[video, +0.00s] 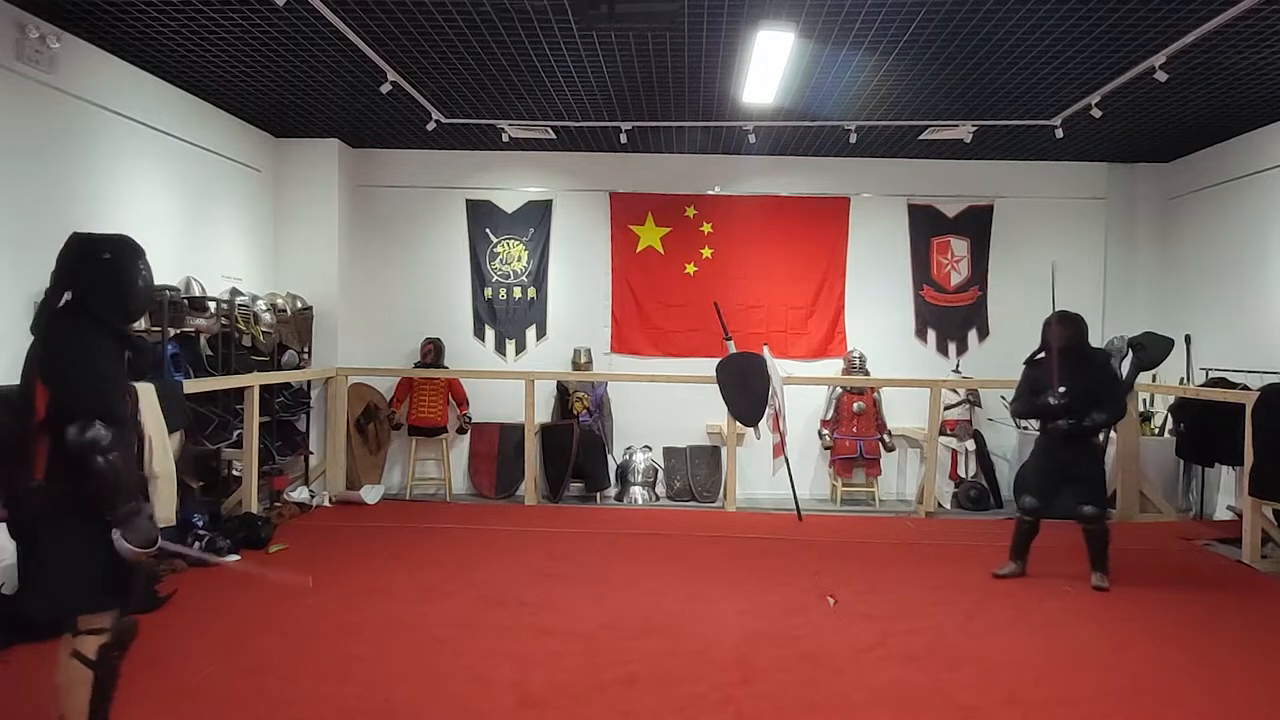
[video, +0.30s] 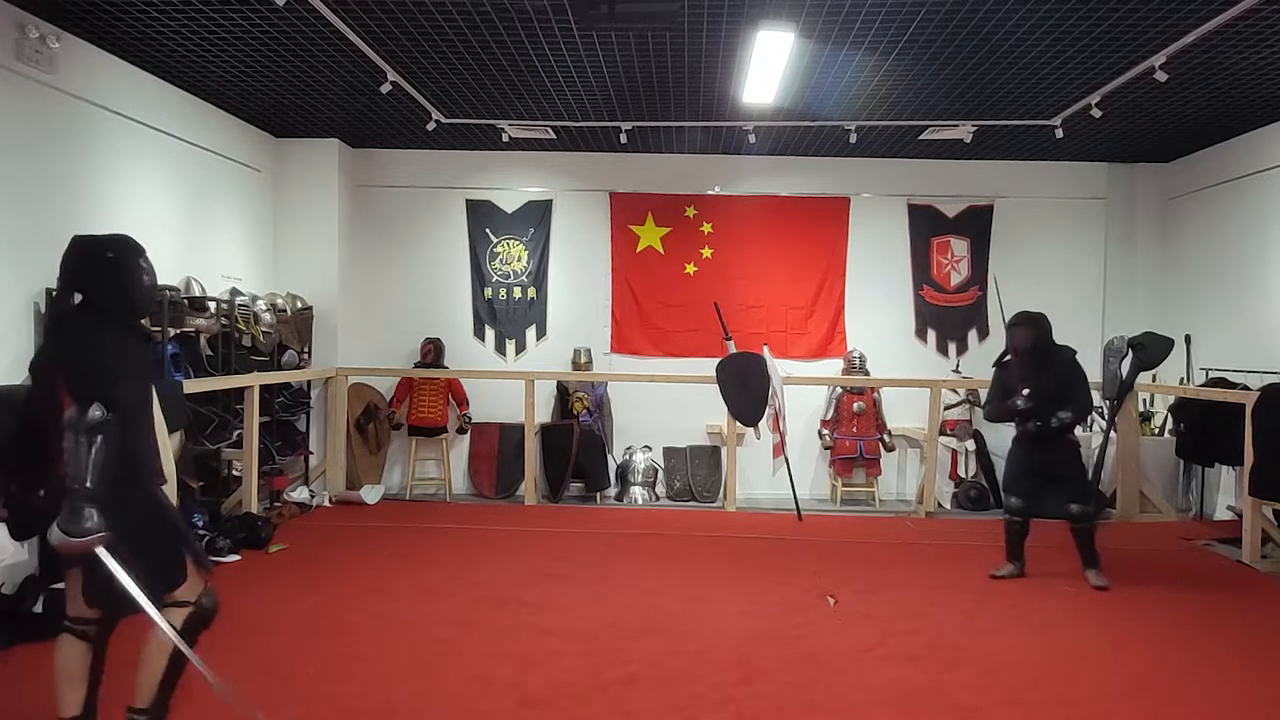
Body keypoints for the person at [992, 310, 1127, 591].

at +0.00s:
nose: (1059, 350)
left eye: (1065, 343)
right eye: (1053, 343)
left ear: (1079, 339)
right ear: (1046, 340)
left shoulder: (1098, 362)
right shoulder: (1037, 366)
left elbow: (1117, 406)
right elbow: (1018, 408)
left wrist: (1085, 424)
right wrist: (1044, 404)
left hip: (1086, 447)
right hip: (1048, 444)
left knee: (1090, 508)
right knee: (1029, 501)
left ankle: (1098, 571)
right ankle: (1017, 561)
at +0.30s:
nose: (1018, 350)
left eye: (1024, 345)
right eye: (1014, 344)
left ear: (1040, 339)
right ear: (1010, 340)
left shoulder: (1064, 360)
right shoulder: (1007, 366)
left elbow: (1083, 405)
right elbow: (990, 411)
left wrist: (1054, 423)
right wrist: (1013, 406)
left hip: (1061, 443)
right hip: (1025, 443)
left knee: (1078, 506)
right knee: (1015, 503)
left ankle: (1092, 567)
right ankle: (1014, 562)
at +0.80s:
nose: (1014, 335)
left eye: (1021, 329)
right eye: (1010, 330)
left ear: (1036, 331)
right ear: (1005, 334)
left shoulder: (1059, 359)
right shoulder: (1001, 367)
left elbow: (1090, 399)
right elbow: (984, 403)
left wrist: (1090, 433)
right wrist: (980, 435)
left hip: (1057, 443)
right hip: (1019, 444)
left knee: (1072, 507)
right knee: (1011, 505)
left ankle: (1091, 569)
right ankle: (1015, 563)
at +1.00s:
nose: (1031, 335)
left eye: (1038, 328)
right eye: (1026, 329)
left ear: (1052, 331)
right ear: (1020, 333)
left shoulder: (1075, 359)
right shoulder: (1014, 368)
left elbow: (1112, 391)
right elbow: (1000, 410)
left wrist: (1124, 421)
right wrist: (996, 445)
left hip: (1067, 446)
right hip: (1029, 445)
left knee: (1076, 512)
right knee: (1016, 505)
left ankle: (1088, 574)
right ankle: (1016, 562)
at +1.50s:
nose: (1039, 343)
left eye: (1045, 336)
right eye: (1034, 337)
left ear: (1060, 336)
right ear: (1029, 340)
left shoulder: (1089, 361)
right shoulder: (1028, 373)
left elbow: (1130, 387)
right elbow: (1008, 410)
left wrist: (1164, 411)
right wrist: (983, 404)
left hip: (1083, 451)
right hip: (1043, 449)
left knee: (1084, 517)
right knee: (1018, 507)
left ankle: (1090, 577)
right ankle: (1004, 569)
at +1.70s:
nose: (1016, 347)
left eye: (1021, 341)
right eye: (1014, 342)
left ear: (1041, 339)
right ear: (1014, 343)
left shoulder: (1071, 362)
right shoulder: (1009, 370)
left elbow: (1117, 380)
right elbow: (973, 395)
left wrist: (1157, 392)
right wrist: (947, 380)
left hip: (1068, 457)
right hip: (1028, 458)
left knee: (1081, 522)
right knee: (1009, 517)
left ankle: (1089, 577)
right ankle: (994, 577)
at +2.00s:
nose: (990, 342)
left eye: (996, 335)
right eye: (986, 336)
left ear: (1013, 335)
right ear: (983, 338)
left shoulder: (1043, 360)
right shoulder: (981, 370)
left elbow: (1087, 382)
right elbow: (948, 397)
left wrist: (1135, 399)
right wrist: (917, 411)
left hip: (1038, 453)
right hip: (1000, 455)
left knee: (1047, 522)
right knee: (991, 518)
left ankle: (1057, 574)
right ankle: (990, 581)